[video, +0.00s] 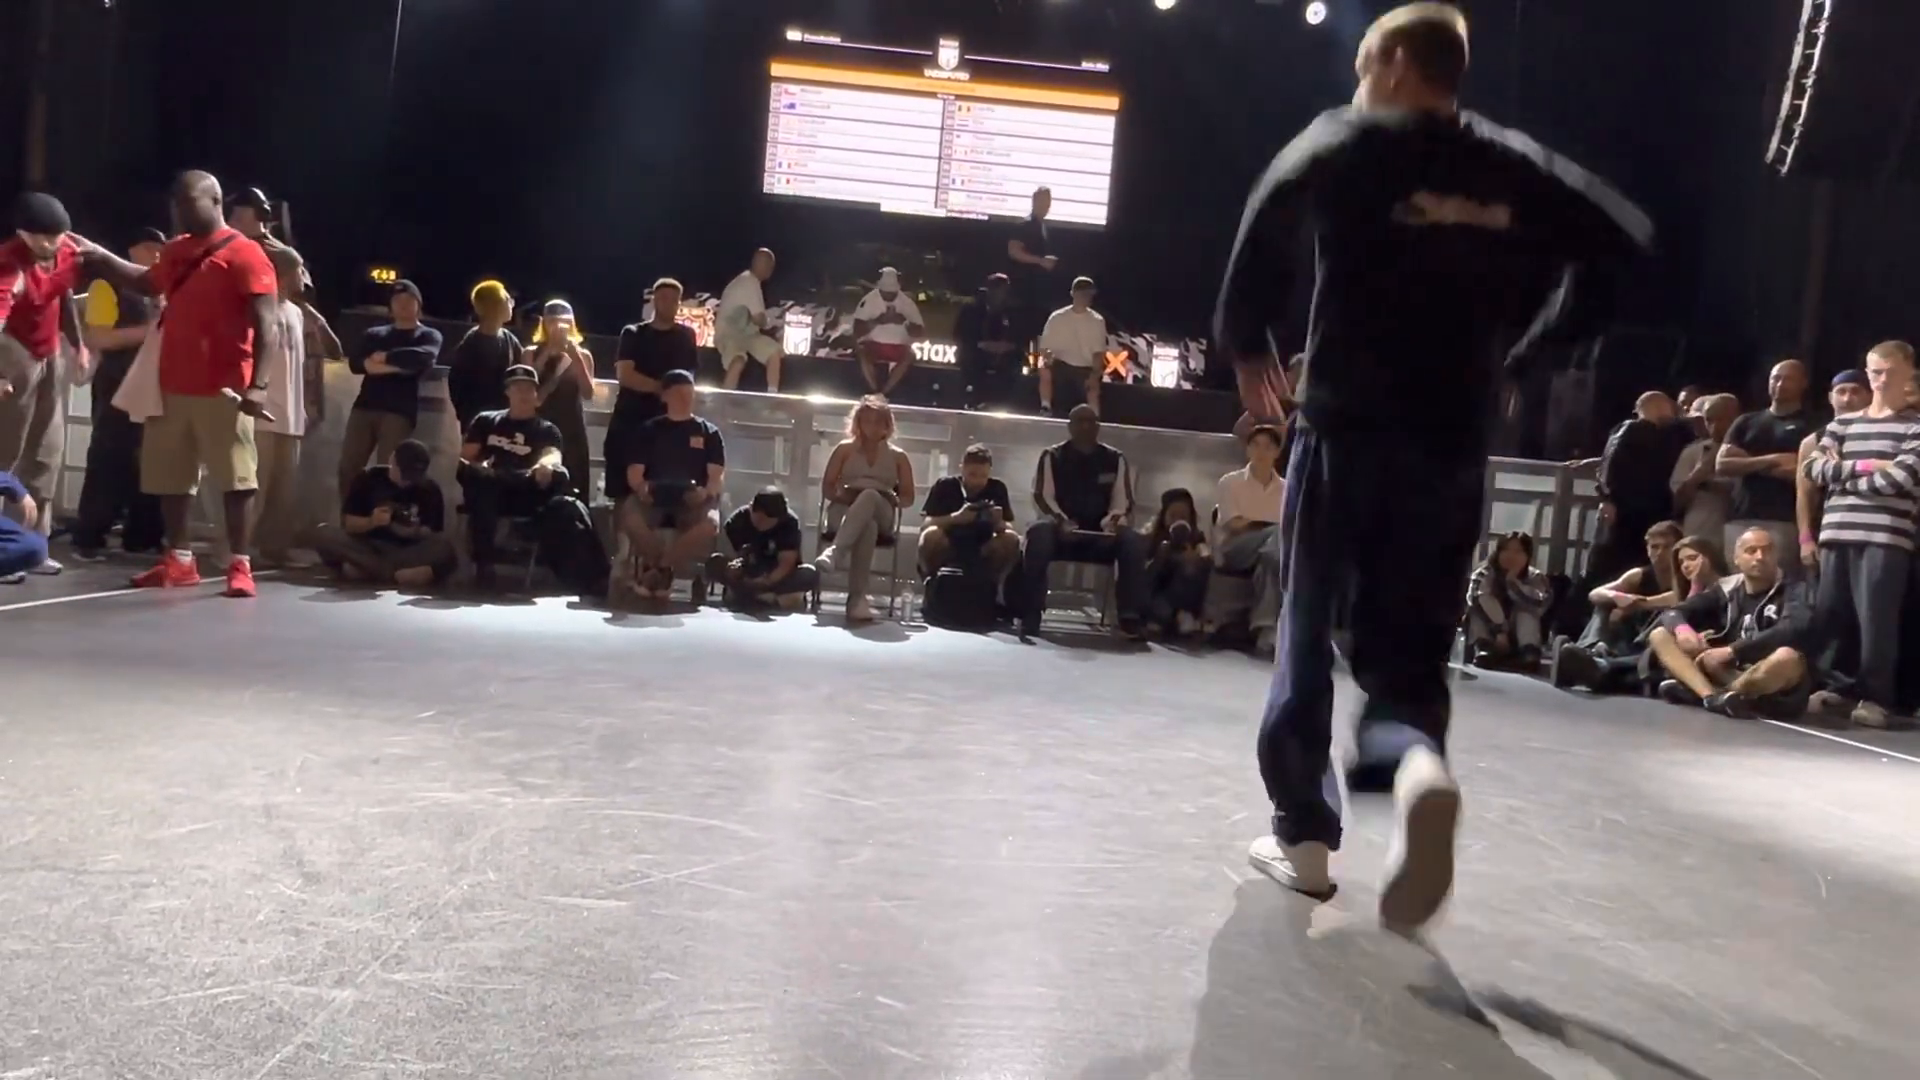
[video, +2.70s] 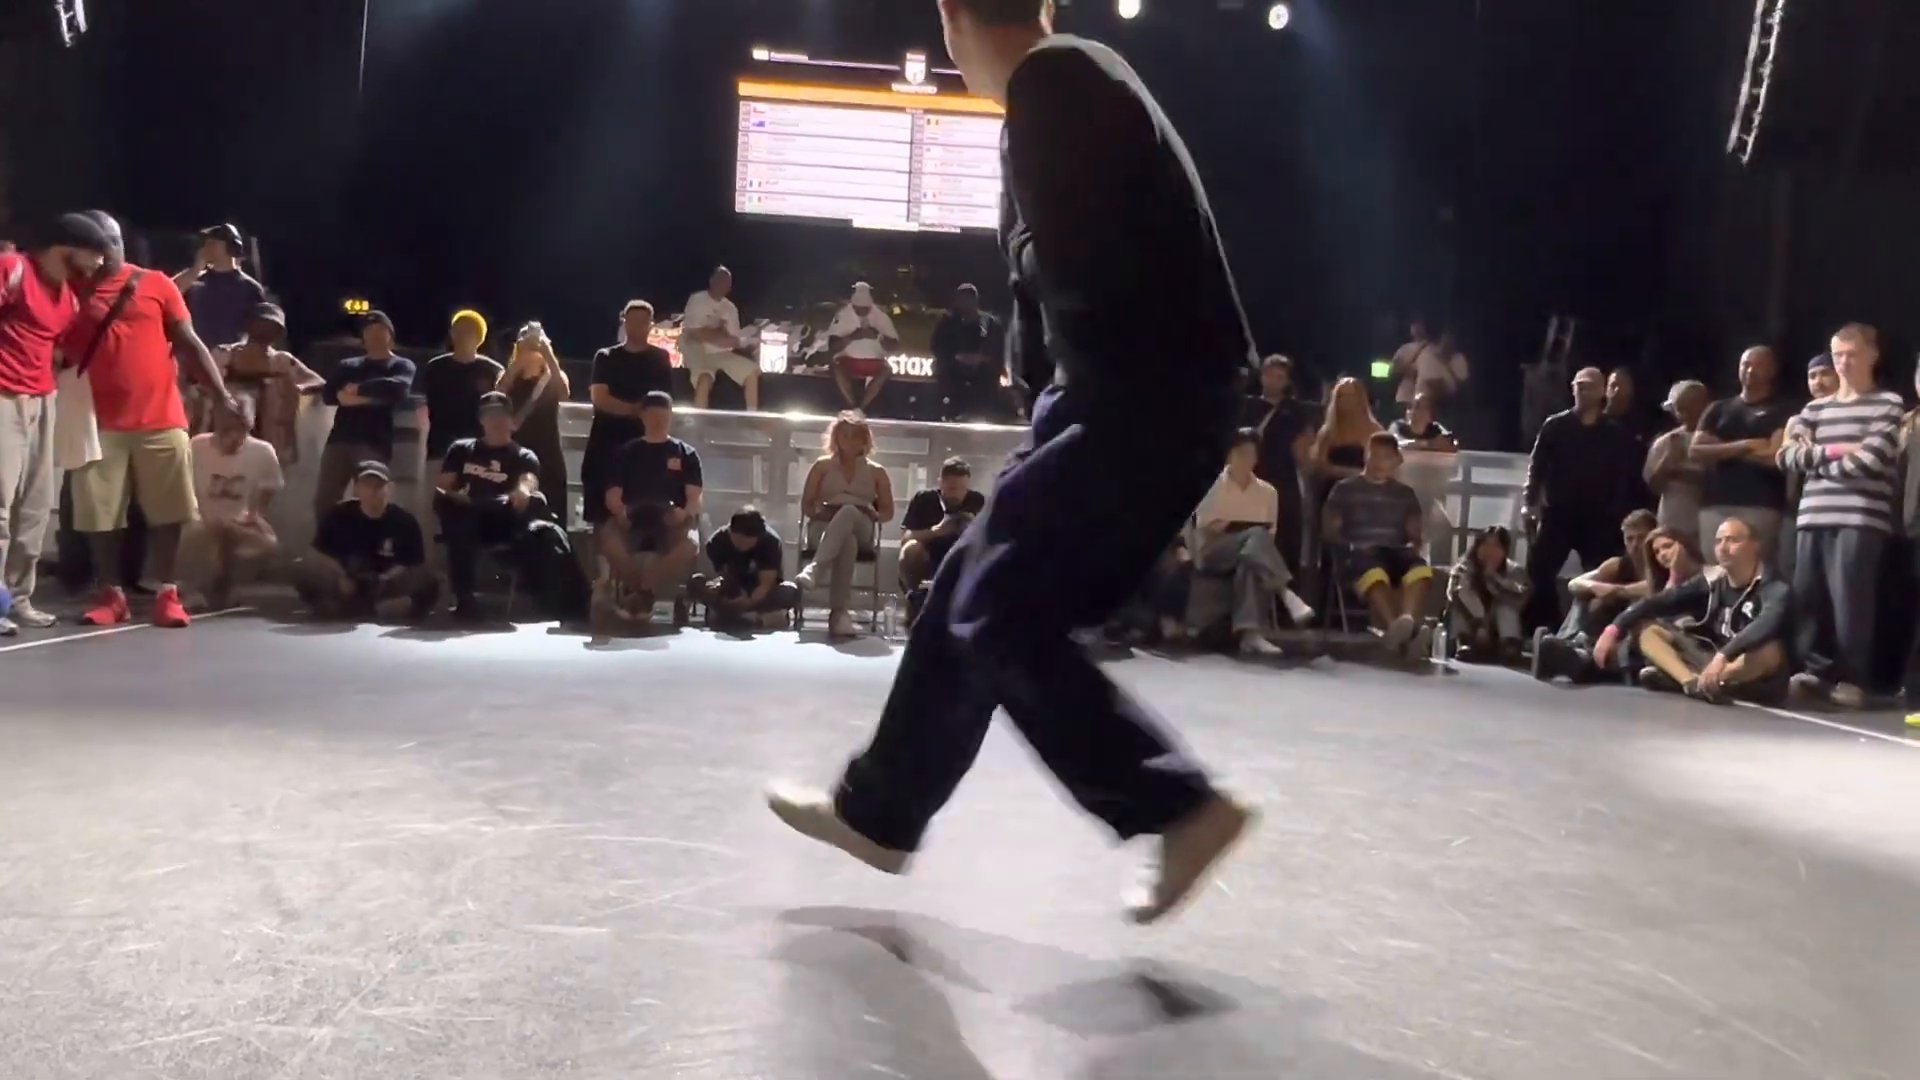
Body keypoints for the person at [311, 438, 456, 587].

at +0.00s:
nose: (405, 484)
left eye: (411, 481)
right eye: (402, 477)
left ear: (421, 473)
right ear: (392, 462)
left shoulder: (429, 489)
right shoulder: (368, 479)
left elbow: (435, 533)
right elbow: (349, 524)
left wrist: (414, 532)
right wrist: (371, 522)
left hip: (410, 550)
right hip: (368, 546)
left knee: (444, 550)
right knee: (323, 534)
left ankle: (370, 572)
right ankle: (393, 574)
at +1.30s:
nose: (400, 466)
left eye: (405, 460)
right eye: (395, 459)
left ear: (412, 462)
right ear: (382, 459)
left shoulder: (427, 492)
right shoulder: (362, 485)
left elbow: (436, 535)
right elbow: (344, 527)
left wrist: (404, 528)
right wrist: (367, 527)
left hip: (409, 551)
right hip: (368, 547)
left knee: (445, 550)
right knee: (326, 538)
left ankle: (373, 576)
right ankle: (394, 577)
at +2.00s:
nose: (380, 471)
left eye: (386, 466)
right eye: (375, 465)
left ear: (395, 470)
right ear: (365, 467)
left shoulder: (412, 502)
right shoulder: (346, 497)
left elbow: (423, 546)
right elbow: (327, 538)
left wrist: (395, 548)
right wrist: (350, 541)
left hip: (395, 561)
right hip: (354, 560)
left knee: (433, 561)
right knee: (313, 550)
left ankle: (358, 588)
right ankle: (382, 591)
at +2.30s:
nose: (375, 477)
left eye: (380, 472)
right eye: (369, 471)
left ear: (389, 475)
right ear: (358, 474)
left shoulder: (405, 507)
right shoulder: (339, 501)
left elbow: (416, 548)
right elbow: (318, 540)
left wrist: (400, 558)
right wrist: (346, 557)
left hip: (389, 568)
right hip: (347, 567)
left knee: (427, 568)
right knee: (306, 556)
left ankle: (350, 596)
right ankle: (378, 596)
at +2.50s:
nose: (371, 485)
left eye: (377, 480)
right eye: (366, 479)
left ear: (386, 483)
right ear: (356, 481)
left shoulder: (402, 515)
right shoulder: (338, 509)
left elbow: (413, 557)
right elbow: (320, 548)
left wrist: (384, 573)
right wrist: (341, 574)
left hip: (385, 575)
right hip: (346, 572)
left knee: (424, 573)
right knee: (301, 562)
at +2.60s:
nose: (374, 491)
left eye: (380, 485)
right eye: (369, 484)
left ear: (389, 488)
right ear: (358, 487)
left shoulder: (405, 520)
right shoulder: (339, 514)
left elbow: (415, 562)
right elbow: (319, 553)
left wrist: (387, 579)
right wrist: (341, 578)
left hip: (386, 581)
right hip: (347, 580)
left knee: (428, 580)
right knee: (304, 567)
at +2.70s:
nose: (373, 493)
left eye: (379, 486)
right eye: (367, 486)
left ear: (388, 489)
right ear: (357, 489)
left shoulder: (404, 521)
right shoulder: (338, 515)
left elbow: (413, 563)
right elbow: (318, 553)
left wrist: (386, 579)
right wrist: (340, 578)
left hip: (386, 582)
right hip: (346, 581)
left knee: (427, 581)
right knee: (304, 570)